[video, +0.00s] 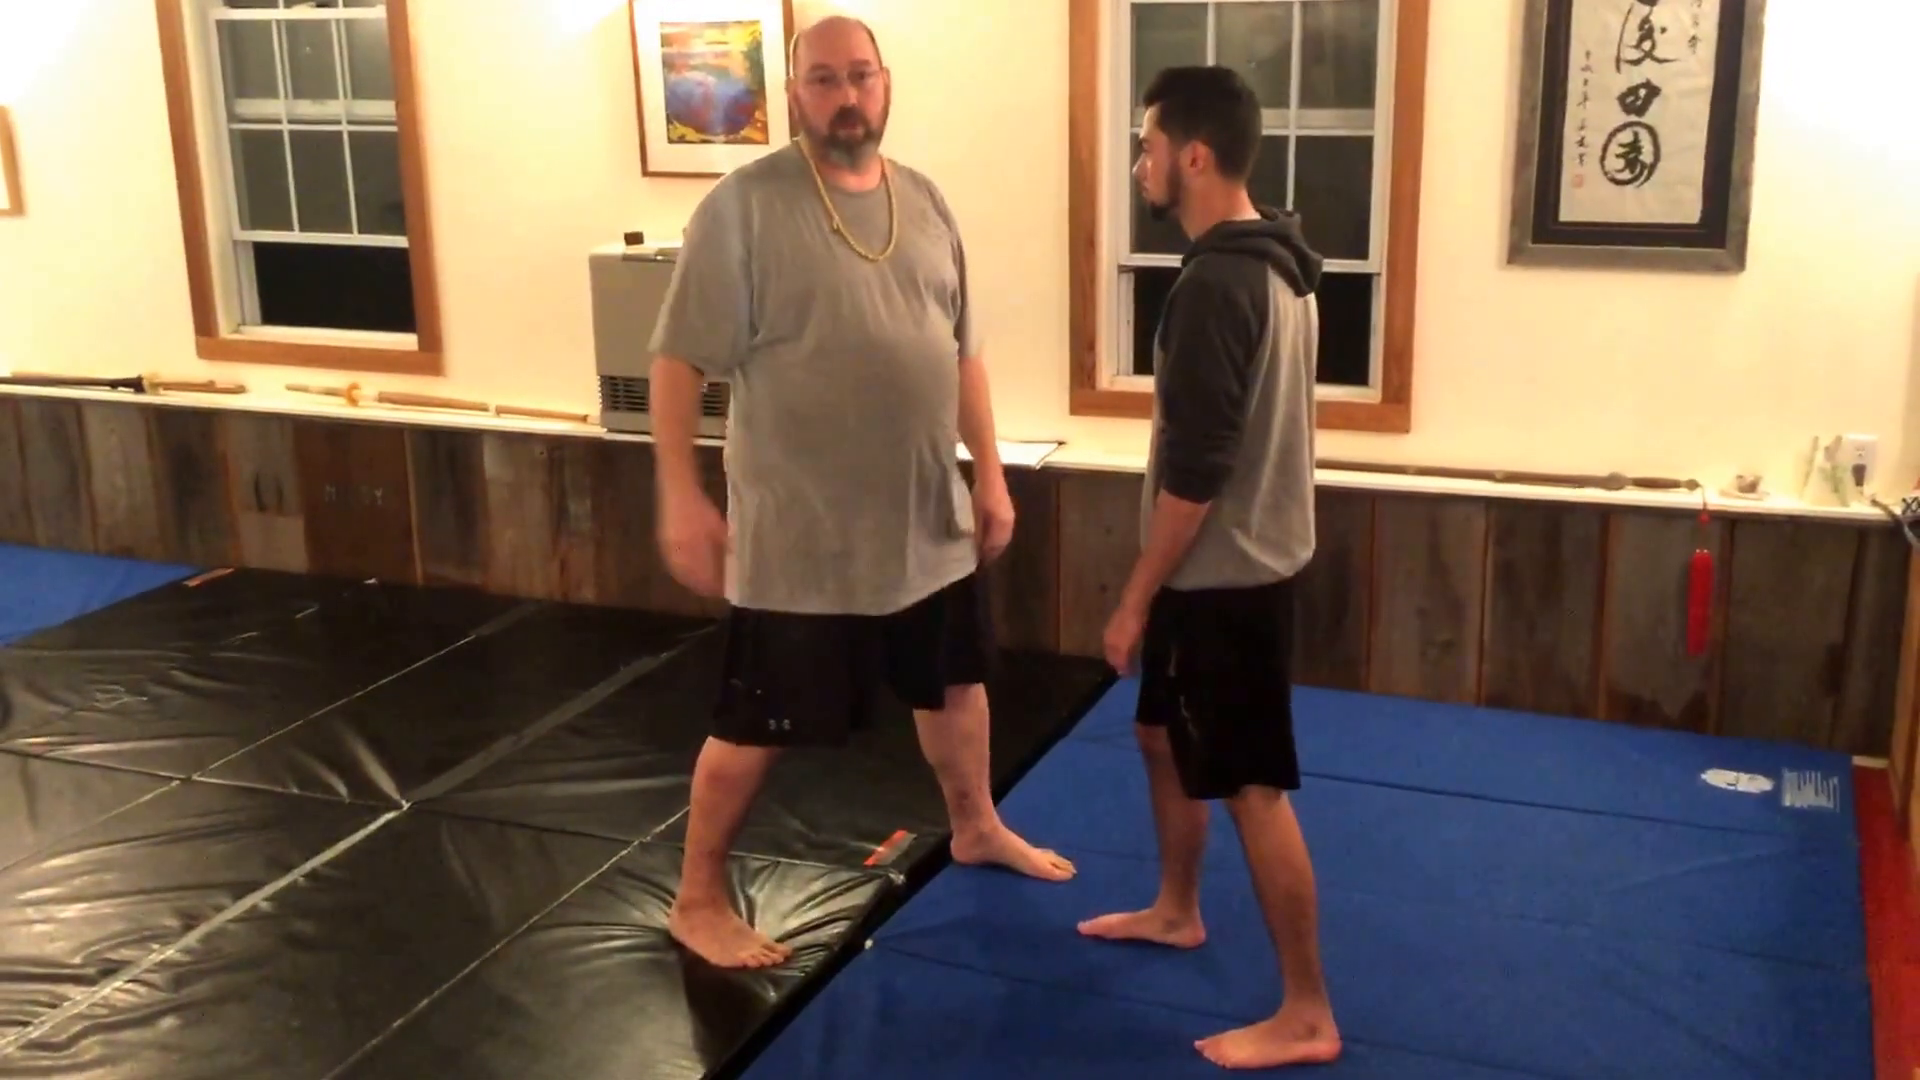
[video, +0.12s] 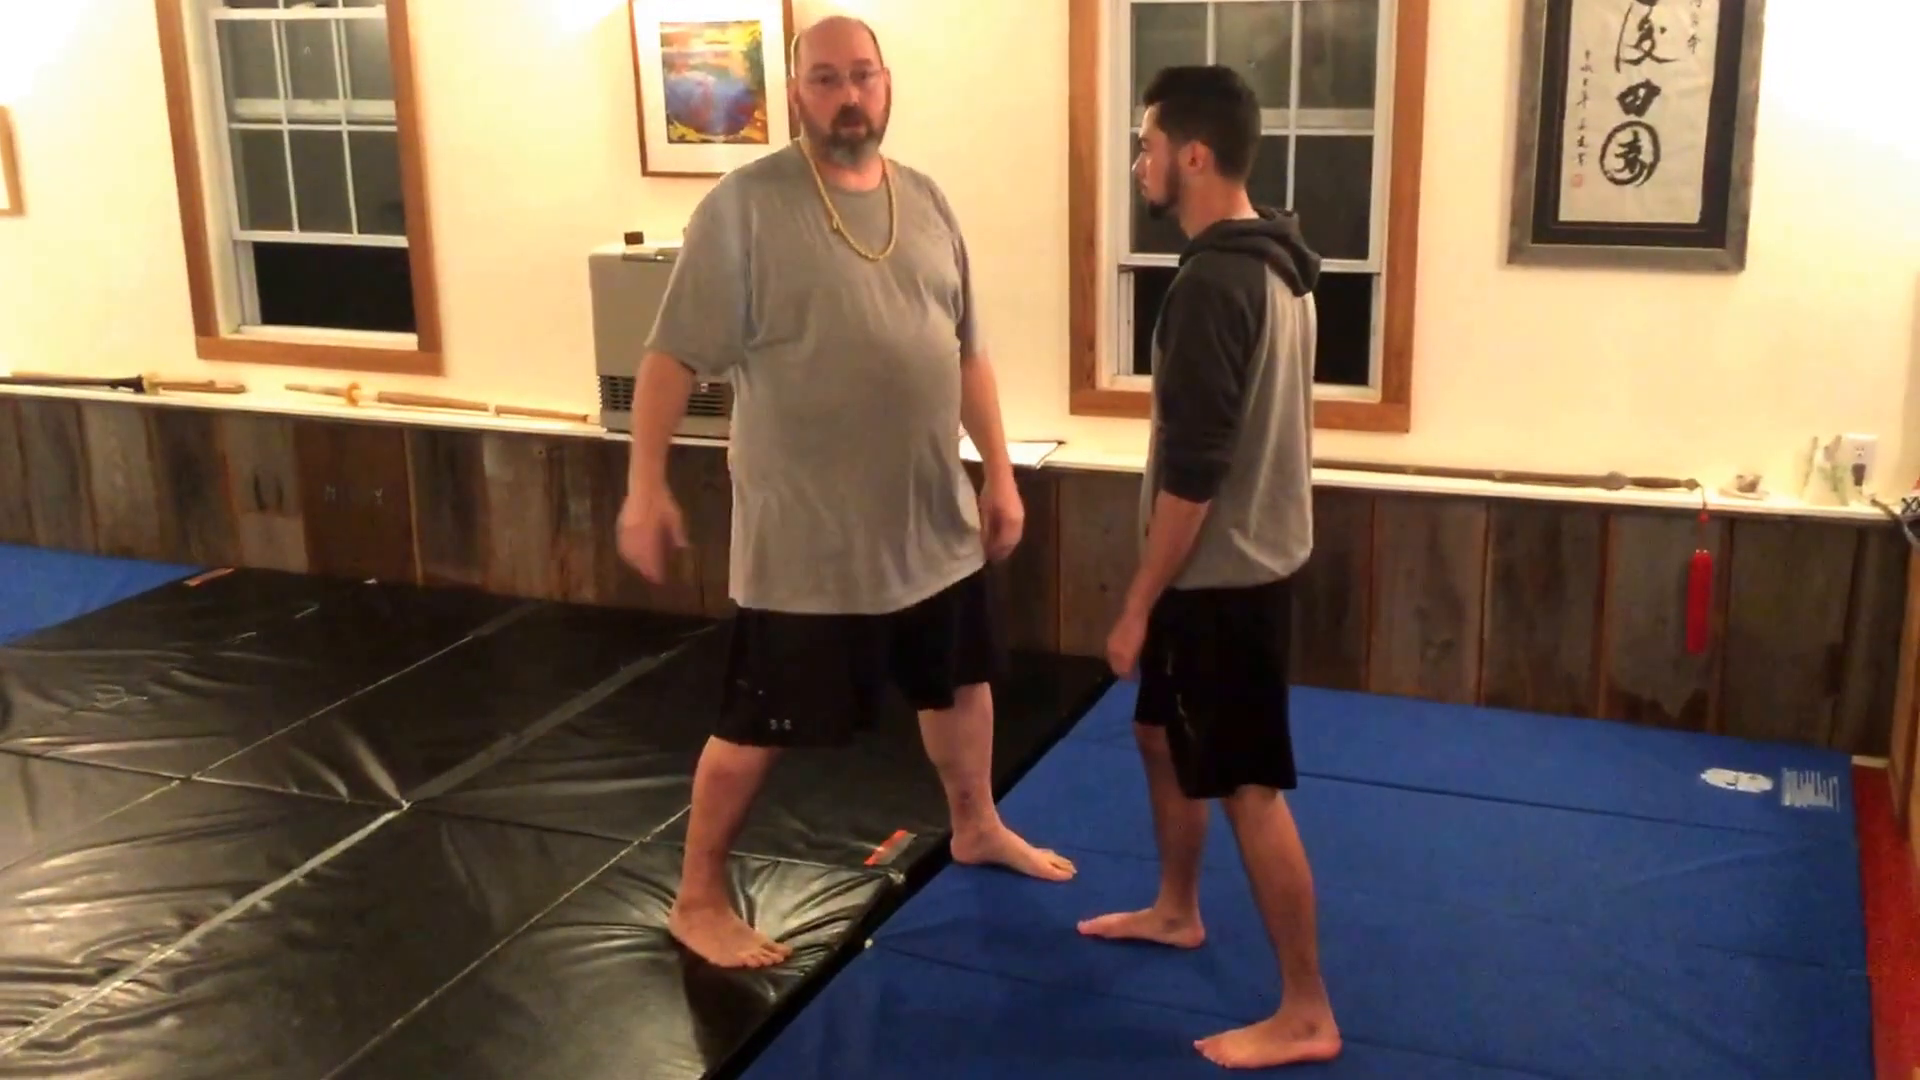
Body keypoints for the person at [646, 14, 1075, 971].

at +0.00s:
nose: (847, 95)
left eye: (861, 76)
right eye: (824, 80)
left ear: (888, 86)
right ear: (792, 94)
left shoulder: (925, 200)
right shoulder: (743, 206)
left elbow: (962, 346)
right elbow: (677, 358)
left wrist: (988, 471)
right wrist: (680, 496)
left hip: (926, 509)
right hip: (794, 523)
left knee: (955, 677)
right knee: (753, 723)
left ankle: (977, 828)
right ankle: (698, 895)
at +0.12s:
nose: (847, 95)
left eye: (862, 75)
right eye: (825, 79)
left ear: (888, 85)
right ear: (793, 92)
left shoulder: (924, 199)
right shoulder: (743, 206)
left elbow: (967, 350)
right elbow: (672, 354)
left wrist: (998, 469)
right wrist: (646, 485)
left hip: (928, 510)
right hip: (801, 525)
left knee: (960, 674)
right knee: (754, 725)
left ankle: (977, 826)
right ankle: (699, 897)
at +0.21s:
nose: (849, 93)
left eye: (864, 74)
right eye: (827, 77)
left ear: (889, 85)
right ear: (794, 92)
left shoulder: (926, 199)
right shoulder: (743, 206)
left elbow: (970, 351)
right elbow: (676, 357)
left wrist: (1006, 471)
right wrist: (650, 491)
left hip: (928, 510)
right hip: (799, 525)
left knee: (959, 679)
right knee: (753, 725)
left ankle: (977, 826)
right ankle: (699, 897)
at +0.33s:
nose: (868, 88)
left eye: (879, 71)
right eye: (843, 73)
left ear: (897, 85)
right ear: (799, 90)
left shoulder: (927, 202)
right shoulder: (742, 207)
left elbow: (968, 349)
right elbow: (685, 365)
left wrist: (1005, 467)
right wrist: (698, 504)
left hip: (929, 515)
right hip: (797, 530)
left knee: (956, 681)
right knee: (751, 724)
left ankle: (978, 827)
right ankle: (699, 895)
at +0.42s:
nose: (875, 90)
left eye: (886, 73)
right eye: (850, 74)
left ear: (902, 86)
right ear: (803, 91)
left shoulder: (926, 201)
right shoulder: (743, 206)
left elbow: (966, 347)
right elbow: (695, 366)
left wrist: (1001, 468)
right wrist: (741, 504)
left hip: (927, 517)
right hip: (795, 534)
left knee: (953, 684)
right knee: (751, 725)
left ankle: (977, 828)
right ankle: (698, 895)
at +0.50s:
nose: (874, 91)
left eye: (886, 73)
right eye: (850, 74)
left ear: (902, 87)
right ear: (803, 90)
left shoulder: (926, 202)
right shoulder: (743, 205)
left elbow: (962, 350)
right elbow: (699, 366)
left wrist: (995, 471)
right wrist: (745, 507)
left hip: (924, 516)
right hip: (794, 533)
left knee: (950, 684)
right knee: (753, 723)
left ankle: (977, 828)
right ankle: (698, 896)